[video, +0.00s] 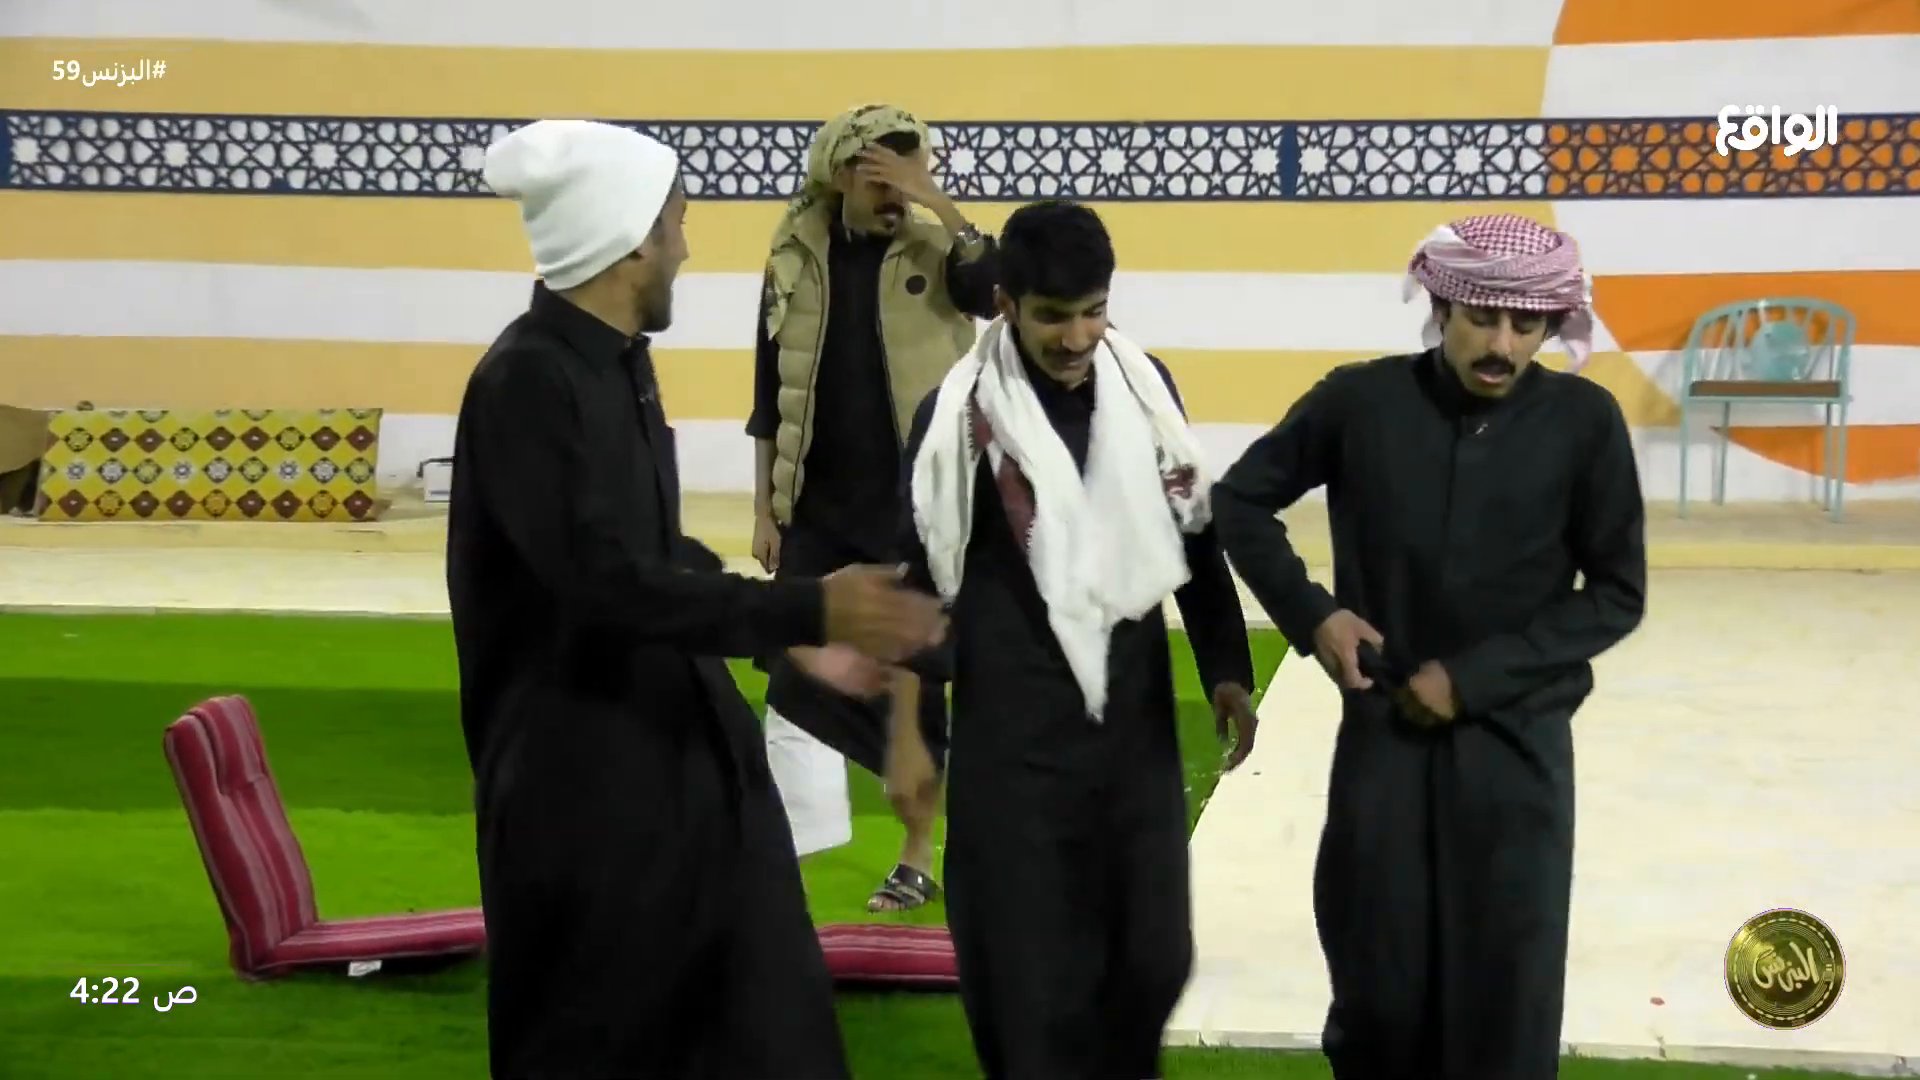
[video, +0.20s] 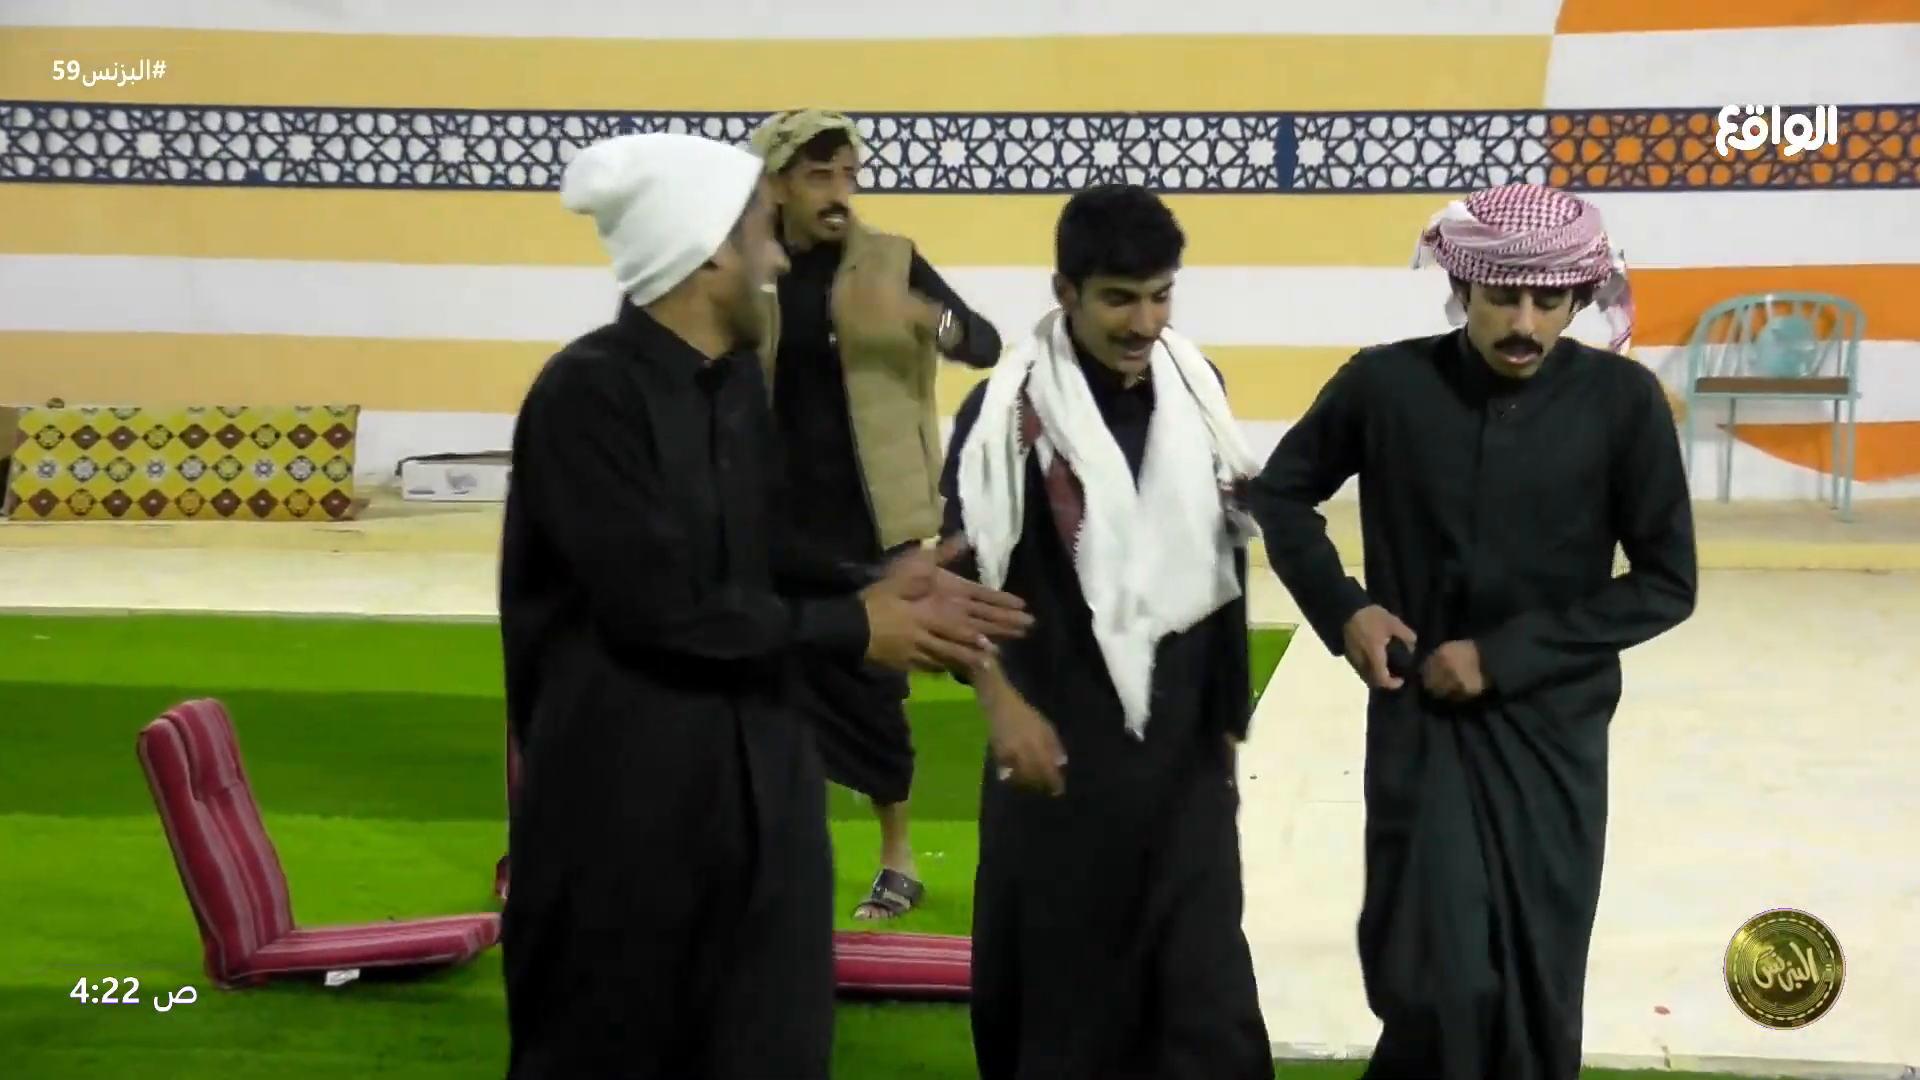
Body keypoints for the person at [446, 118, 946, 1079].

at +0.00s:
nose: (685, 249)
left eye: (681, 222)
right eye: (676, 221)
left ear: (607, 241)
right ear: (632, 236)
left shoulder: (613, 369)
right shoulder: (532, 379)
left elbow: (660, 566)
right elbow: (602, 587)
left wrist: (802, 653)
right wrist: (808, 610)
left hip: (669, 785)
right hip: (582, 807)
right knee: (596, 1044)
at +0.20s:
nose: (782, 262)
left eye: (776, 235)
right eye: (763, 235)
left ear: (703, 257)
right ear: (706, 252)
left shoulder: (737, 393)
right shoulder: (585, 395)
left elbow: (752, 563)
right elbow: (657, 618)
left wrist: (873, 590)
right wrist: (853, 630)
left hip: (760, 836)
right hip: (623, 841)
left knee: (768, 1054)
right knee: (611, 1059)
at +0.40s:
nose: (848, 253)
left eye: (845, 222)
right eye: (824, 223)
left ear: (756, 242)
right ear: (745, 240)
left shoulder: (829, 370)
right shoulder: (619, 387)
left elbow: (880, 563)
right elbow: (622, 615)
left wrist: (970, 603)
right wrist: (838, 687)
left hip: (845, 821)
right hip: (692, 832)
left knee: (840, 1056)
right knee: (697, 1057)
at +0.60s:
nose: (899, 241)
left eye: (890, 210)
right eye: (867, 209)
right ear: (786, 244)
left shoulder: (902, 378)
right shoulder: (670, 404)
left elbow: (956, 572)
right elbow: (630, 630)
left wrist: (1030, 599)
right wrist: (826, 715)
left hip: (909, 829)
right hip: (746, 840)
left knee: (904, 1057)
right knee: (852, 1054)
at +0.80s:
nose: (989, 290)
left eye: (984, 260)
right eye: (974, 260)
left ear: (913, 275)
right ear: (906, 276)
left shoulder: (932, 418)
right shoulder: (759, 426)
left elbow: (970, 634)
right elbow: (750, 675)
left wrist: (1107, 621)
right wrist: (986, 743)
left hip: (953, 881)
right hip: (828, 898)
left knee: (977, 1055)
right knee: (891, 1058)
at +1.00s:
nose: (1034, 289)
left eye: (1033, 257)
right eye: (1029, 257)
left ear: (956, 266)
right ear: (975, 268)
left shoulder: (844, 400)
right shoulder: (897, 402)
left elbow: (948, 617)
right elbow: (1017, 616)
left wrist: (1087, 550)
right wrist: (1179, 619)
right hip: (955, 904)